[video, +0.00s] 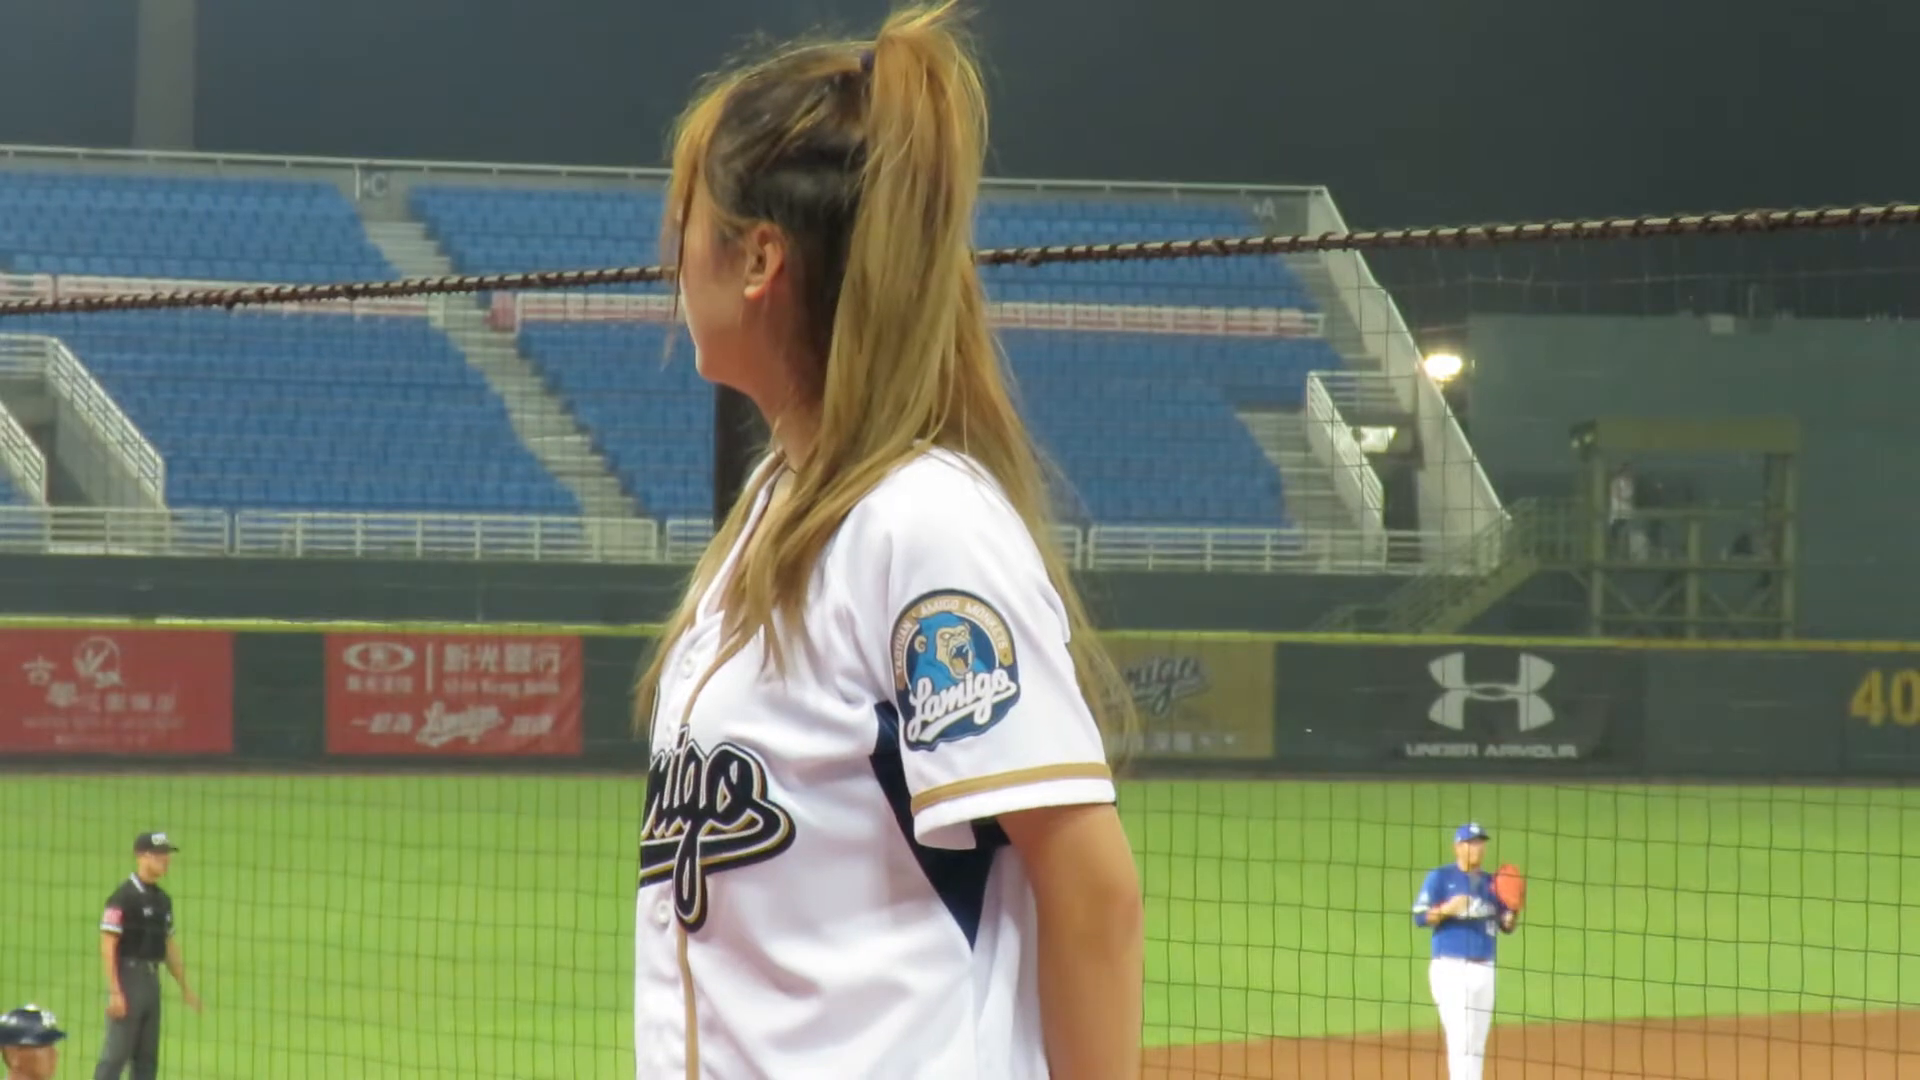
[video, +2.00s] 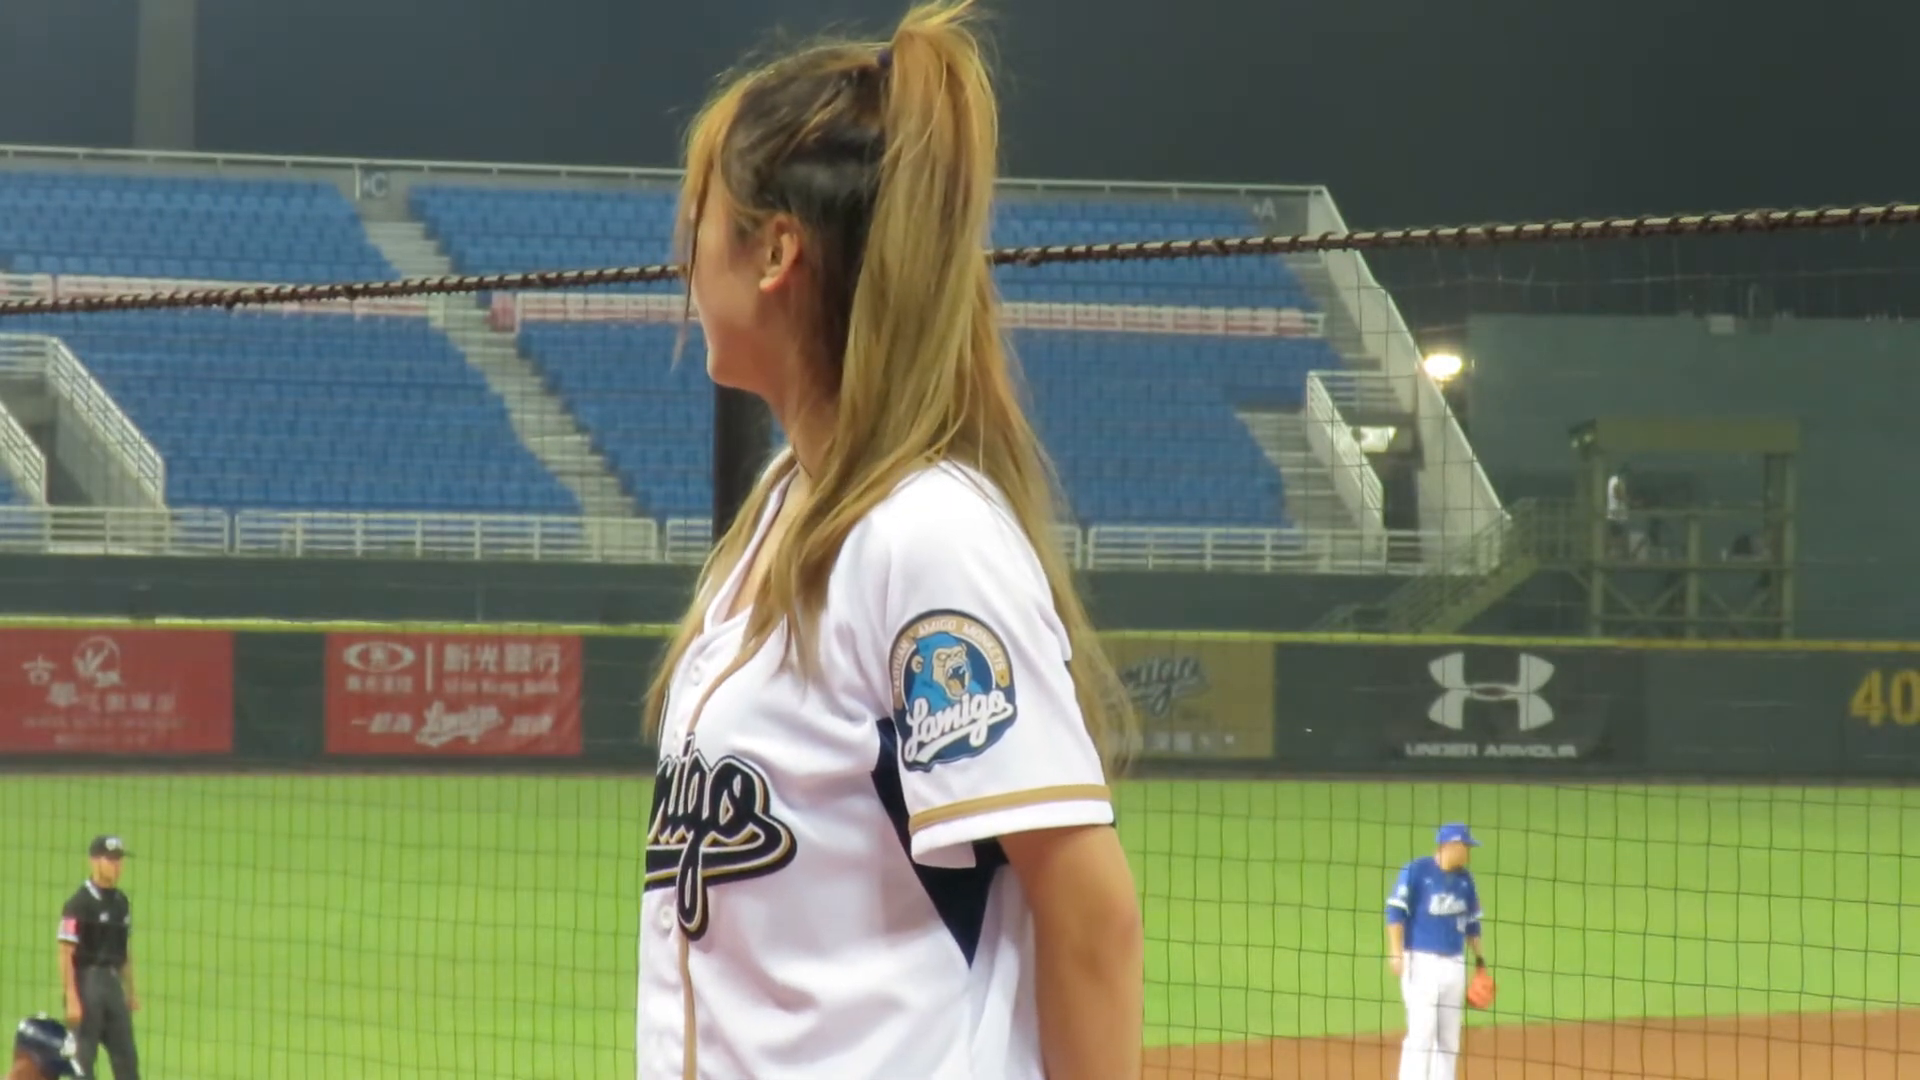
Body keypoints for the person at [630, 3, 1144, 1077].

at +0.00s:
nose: (674, 257)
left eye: (687, 222)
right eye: (682, 220)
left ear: (759, 262)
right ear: (763, 260)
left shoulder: (929, 522)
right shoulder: (770, 503)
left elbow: (1093, 886)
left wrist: (1085, 1070)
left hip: (882, 1056)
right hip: (716, 1051)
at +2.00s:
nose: (687, 260)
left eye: (702, 220)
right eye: (697, 219)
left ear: (778, 254)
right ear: (774, 255)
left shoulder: (933, 534)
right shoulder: (783, 502)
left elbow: (1093, 911)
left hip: (877, 1057)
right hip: (716, 1051)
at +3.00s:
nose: (686, 271)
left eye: (699, 229)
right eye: (693, 229)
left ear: (778, 253)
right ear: (774, 253)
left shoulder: (935, 536)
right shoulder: (782, 505)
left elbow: (1095, 914)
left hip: (884, 1058)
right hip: (718, 1052)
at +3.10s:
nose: (685, 265)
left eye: (698, 226)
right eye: (692, 226)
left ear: (776, 249)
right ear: (776, 250)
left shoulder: (935, 535)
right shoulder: (782, 508)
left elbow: (1096, 914)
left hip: (886, 1058)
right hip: (719, 1052)